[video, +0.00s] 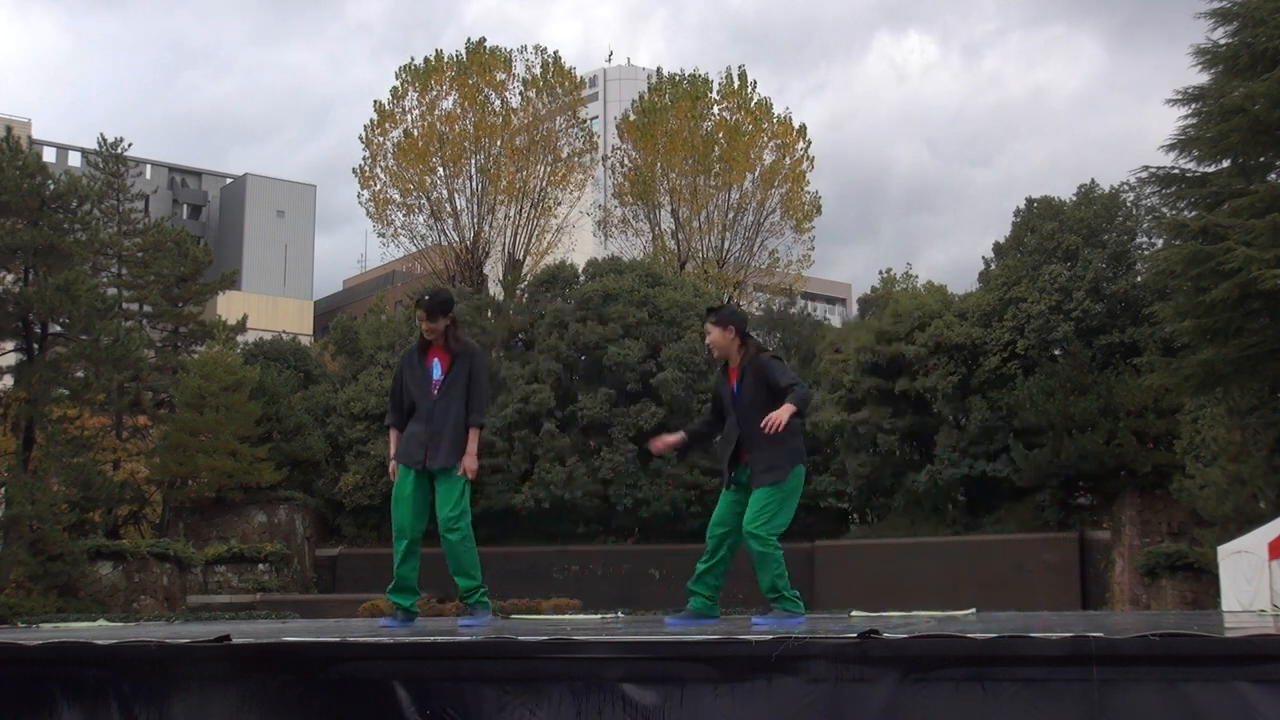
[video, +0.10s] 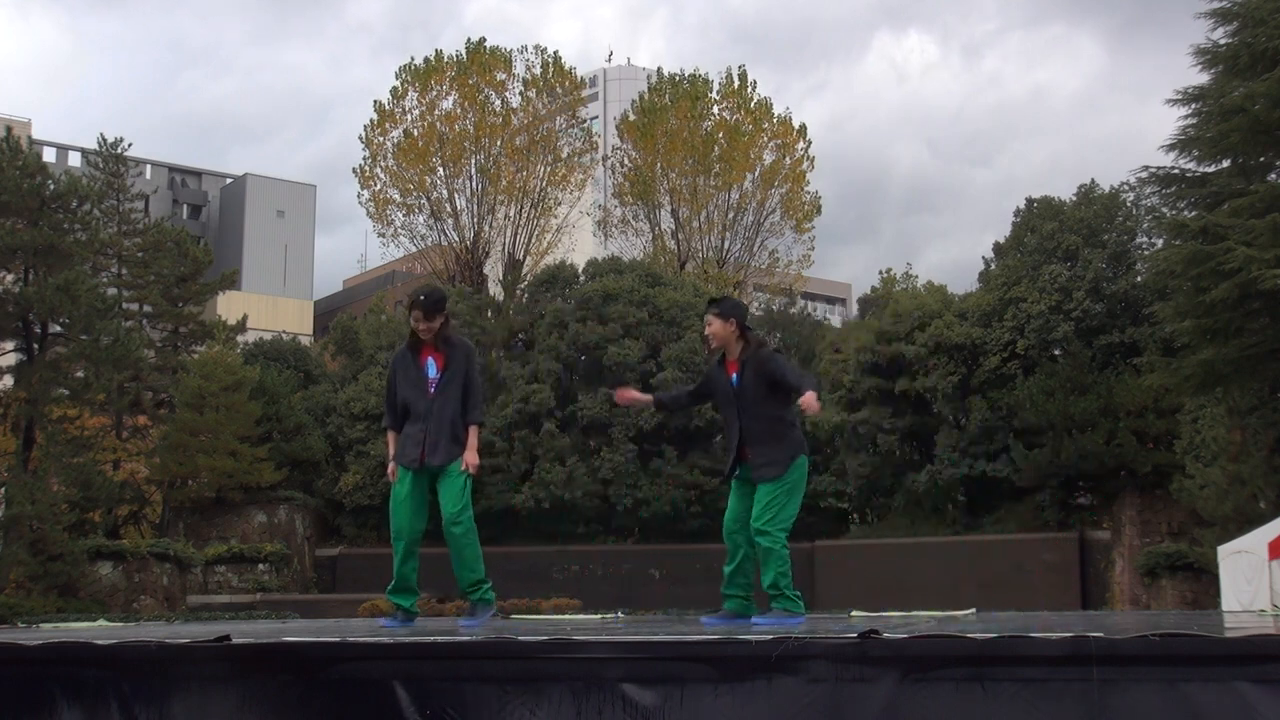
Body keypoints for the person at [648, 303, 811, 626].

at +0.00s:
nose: (707, 341)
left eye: (710, 334)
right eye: (706, 335)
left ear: (732, 333)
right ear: (729, 335)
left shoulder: (764, 363)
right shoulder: (725, 376)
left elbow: (800, 390)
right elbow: (714, 421)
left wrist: (787, 408)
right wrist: (679, 438)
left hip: (780, 467)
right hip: (743, 468)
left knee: (757, 529)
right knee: (720, 532)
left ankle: (787, 607)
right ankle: (703, 606)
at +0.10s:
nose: (706, 332)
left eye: (711, 325)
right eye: (705, 326)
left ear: (733, 325)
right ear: (722, 328)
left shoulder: (765, 359)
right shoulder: (719, 371)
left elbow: (799, 379)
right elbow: (689, 398)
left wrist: (809, 393)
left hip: (784, 462)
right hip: (747, 465)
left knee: (766, 528)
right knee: (735, 528)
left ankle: (788, 607)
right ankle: (738, 607)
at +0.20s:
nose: (713, 327)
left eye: (719, 319)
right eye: (712, 321)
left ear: (741, 320)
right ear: (728, 323)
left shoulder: (772, 357)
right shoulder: (715, 365)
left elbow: (806, 375)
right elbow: (682, 380)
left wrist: (834, 385)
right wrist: (642, 370)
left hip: (783, 460)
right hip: (744, 462)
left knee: (772, 528)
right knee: (743, 531)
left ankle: (787, 606)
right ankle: (754, 604)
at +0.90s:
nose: (727, 352)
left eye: (731, 344)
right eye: (722, 347)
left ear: (748, 336)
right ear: (719, 347)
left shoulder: (777, 363)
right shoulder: (722, 370)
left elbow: (818, 381)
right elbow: (707, 399)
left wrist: (832, 406)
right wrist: (687, 413)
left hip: (784, 462)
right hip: (744, 464)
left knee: (772, 529)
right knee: (737, 531)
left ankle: (785, 607)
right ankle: (744, 606)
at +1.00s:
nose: (732, 342)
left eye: (737, 334)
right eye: (727, 336)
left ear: (754, 326)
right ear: (725, 335)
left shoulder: (782, 353)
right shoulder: (724, 359)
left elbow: (807, 373)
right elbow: (706, 393)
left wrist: (824, 381)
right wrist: (690, 408)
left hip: (780, 459)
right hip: (744, 460)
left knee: (770, 528)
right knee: (756, 531)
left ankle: (785, 605)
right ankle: (786, 598)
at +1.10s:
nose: (735, 340)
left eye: (740, 333)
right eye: (731, 335)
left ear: (759, 323)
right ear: (728, 333)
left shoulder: (787, 355)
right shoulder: (727, 356)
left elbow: (822, 393)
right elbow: (709, 392)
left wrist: (819, 382)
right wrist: (696, 407)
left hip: (775, 458)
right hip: (738, 459)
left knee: (769, 530)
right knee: (751, 530)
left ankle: (785, 605)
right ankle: (805, 556)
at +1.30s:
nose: (719, 344)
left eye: (724, 336)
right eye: (715, 339)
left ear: (741, 327)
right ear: (714, 337)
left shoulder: (772, 357)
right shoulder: (717, 361)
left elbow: (797, 401)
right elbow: (709, 396)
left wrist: (776, 419)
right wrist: (698, 417)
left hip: (769, 462)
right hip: (730, 460)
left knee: (770, 532)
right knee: (705, 515)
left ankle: (786, 606)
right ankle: (760, 565)